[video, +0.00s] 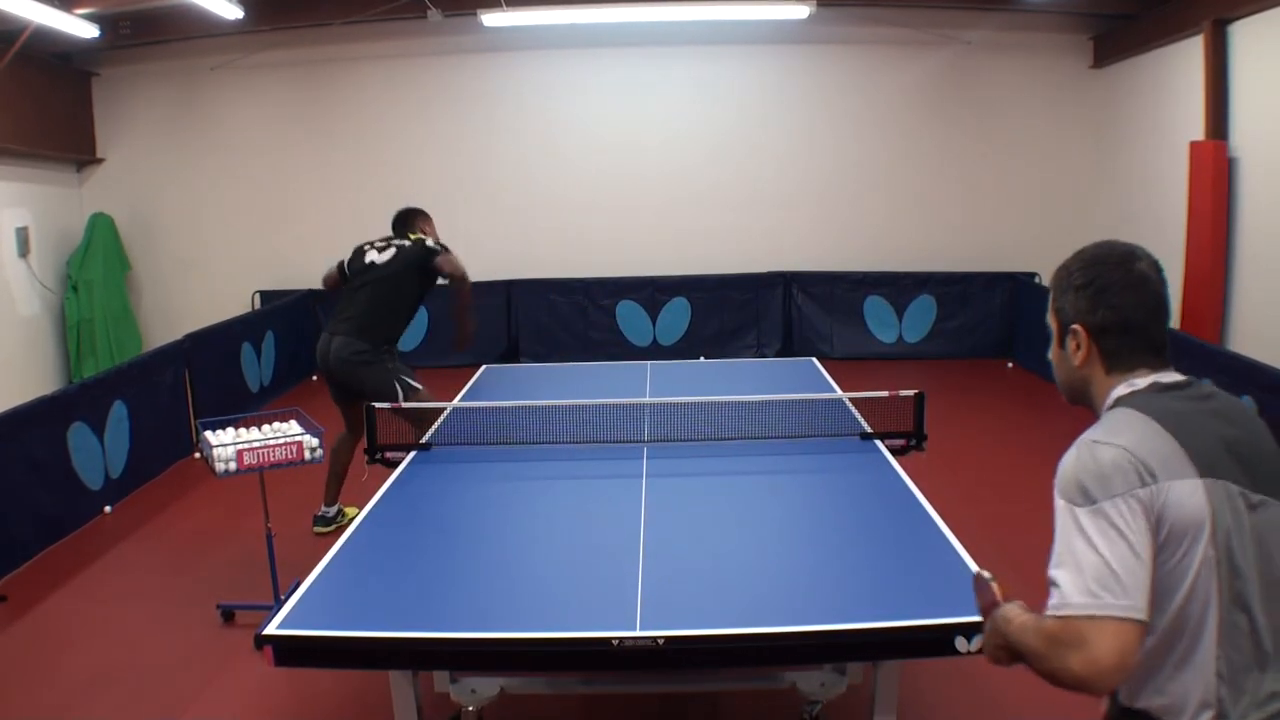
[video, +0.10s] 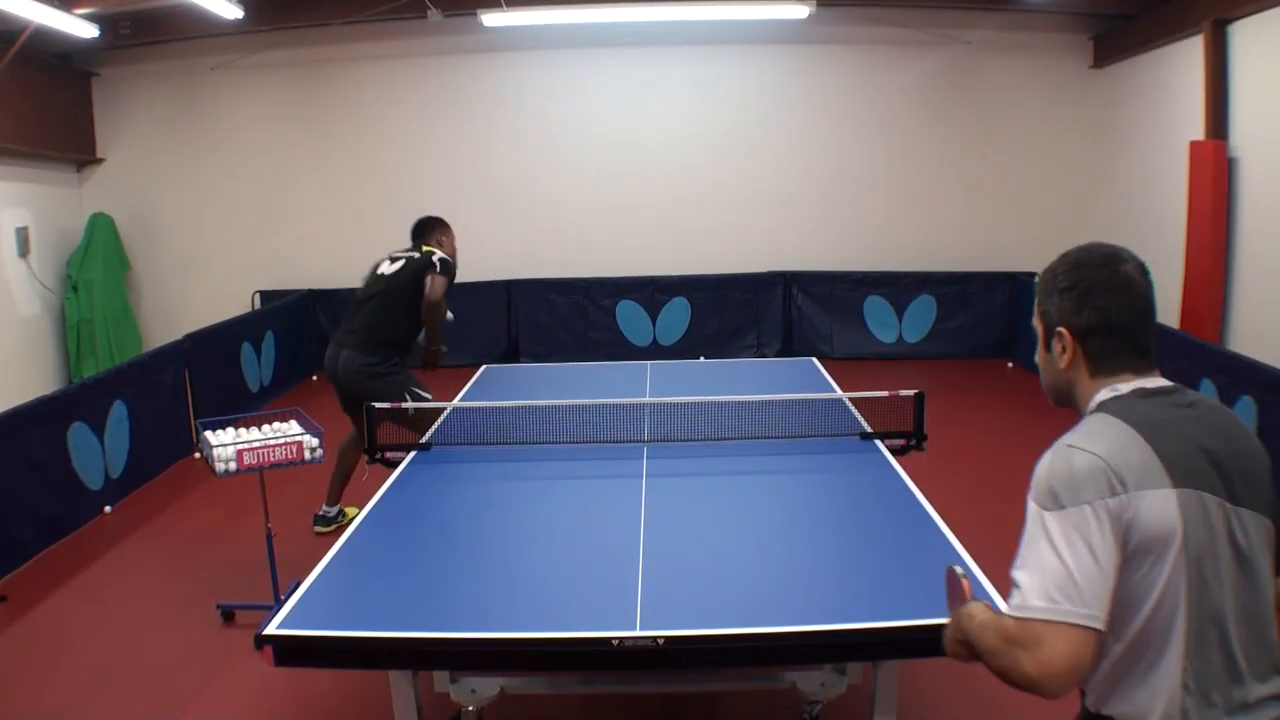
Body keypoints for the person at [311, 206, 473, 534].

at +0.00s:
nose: (435, 234)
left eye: (432, 229)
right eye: (432, 229)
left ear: (399, 231)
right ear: (422, 228)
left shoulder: (367, 249)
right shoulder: (424, 247)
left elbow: (329, 280)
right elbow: (458, 272)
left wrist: (364, 281)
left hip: (329, 351)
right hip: (366, 353)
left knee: (353, 427)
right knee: (433, 421)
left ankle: (328, 511)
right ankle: (444, 503)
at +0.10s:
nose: (454, 247)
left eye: (452, 241)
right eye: (452, 241)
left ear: (419, 240)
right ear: (442, 238)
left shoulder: (391, 259)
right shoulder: (439, 259)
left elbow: (370, 301)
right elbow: (433, 298)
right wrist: (435, 346)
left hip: (340, 360)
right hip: (373, 366)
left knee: (363, 430)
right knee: (443, 428)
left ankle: (329, 511)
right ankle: (440, 509)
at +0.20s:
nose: (484, 257)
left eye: (484, 250)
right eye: (479, 249)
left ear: (454, 248)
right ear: (455, 247)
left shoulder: (430, 265)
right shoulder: (442, 268)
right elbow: (403, 298)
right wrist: (420, 352)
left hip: (360, 366)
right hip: (381, 372)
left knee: (380, 438)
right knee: (447, 429)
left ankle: (333, 507)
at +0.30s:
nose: (489, 254)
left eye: (495, 250)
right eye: (483, 245)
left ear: (498, 252)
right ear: (463, 239)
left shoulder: (461, 273)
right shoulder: (437, 266)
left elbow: (442, 307)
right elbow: (386, 293)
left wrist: (451, 337)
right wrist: (410, 348)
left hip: (407, 363)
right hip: (384, 364)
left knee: (418, 432)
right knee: (446, 417)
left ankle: (353, 482)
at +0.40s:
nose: (490, 241)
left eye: (497, 236)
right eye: (484, 231)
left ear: (502, 238)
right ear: (466, 226)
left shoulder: (480, 257)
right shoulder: (436, 253)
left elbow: (473, 285)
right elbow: (382, 289)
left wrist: (480, 309)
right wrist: (413, 338)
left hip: (434, 347)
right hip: (399, 349)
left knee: (454, 410)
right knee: (441, 417)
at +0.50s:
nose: (496, 232)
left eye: (504, 226)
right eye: (489, 223)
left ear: (510, 226)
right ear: (472, 218)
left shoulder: (495, 250)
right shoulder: (438, 247)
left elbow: (491, 275)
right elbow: (388, 283)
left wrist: (507, 301)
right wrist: (426, 327)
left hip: (449, 331)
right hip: (411, 330)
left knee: (470, 391)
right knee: (436, 402)